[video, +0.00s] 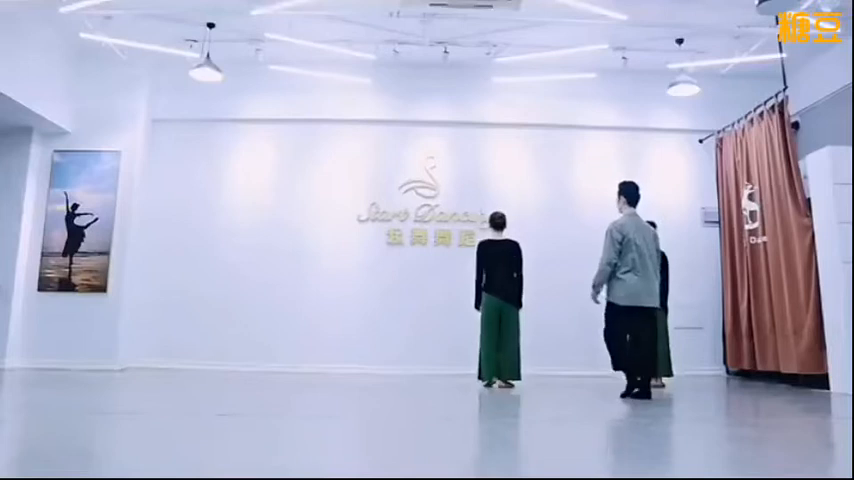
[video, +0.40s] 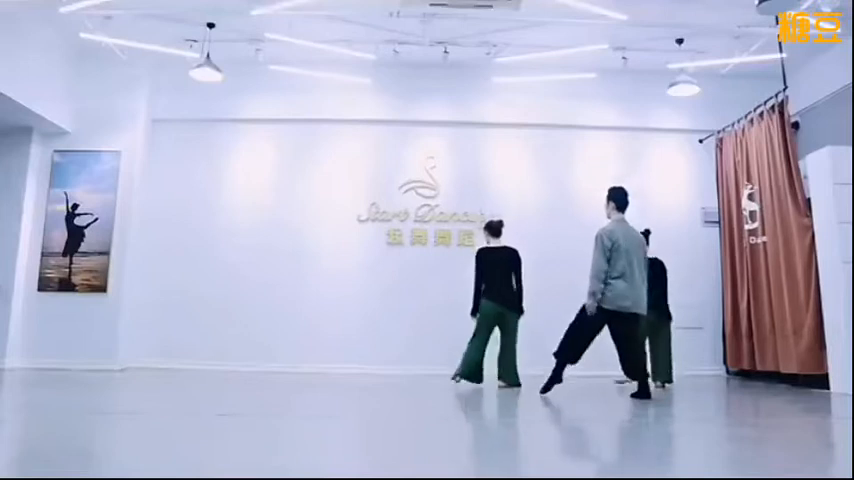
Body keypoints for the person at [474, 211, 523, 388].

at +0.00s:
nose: (498, 226)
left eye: (495, 223)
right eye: (501, 223)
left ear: (490, 225)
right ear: (505, 225)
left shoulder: (483, 246)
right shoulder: (514, 246)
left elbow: (479, 275)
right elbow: (519, 275)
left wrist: (477, 299)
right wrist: (519, 298)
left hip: (490, 296)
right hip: (510, 298)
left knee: (489, 336)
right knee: (509, 337)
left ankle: (488, 376)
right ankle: (506, 376)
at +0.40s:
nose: (484, 237)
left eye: (484, 234)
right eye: (486, 234)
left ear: (486, 234)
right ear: (501, 233)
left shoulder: (482, 253)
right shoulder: (513, 253)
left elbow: (478, 283)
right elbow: (518, 282)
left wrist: (475, 307)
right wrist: (520, 304)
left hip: (489, 302)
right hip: (510, 303)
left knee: (479, 338)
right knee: (509, 344)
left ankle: (462, 372)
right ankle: (508, 378)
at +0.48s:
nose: (483, 236)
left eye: (483, 233)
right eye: (485, 233)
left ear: (485, 233)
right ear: (500, 232)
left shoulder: (480, 252)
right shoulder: (511, 252)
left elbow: (477, 282)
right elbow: (517, 281)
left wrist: (473, 306)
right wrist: (519, 305)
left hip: (488, 302)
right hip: (508, 303)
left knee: (476, 339)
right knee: (508, 344)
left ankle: (458, 372)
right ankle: (508, 378)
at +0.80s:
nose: (470, 227)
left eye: (471, 224)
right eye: (473, 224)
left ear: (473, 226)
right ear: (487, 227)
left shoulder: (463, 244)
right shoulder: (493, 248)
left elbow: (458, 272)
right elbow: (497, 278)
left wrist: (453, 295)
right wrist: (502, 302)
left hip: (465, 294)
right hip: (485, 295)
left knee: (460, 334)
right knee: (494, 335)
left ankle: (450, 374)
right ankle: (503, 374)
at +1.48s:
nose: (450, 226)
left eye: (451, 223)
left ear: (451, 225)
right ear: (466, 229)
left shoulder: (439, 244)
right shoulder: (468, 249)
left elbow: (433, 270)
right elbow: (473, 277)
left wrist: (431, 294)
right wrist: (478, 300)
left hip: (444, 292)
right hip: (464, 293)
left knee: (446, 334)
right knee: (480, 330)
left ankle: (447, 376)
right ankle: (497, 366)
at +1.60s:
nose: (460, 229)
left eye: (454, 224)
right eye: (463, 226)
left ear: (450, 225)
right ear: (466, 228)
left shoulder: (439, 244)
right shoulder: (468, 249)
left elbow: (433, 271)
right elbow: (473, 276)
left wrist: (431, 294)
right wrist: (478, 299)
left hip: (444, 293)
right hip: (465, 294)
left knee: (446, 334)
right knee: (480, 330)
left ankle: (447, 376)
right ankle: (497, 366)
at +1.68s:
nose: (459, 228)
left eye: (453, 224)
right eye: (463, 226)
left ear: (450, 225)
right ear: (465, 228)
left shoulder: (439, 244)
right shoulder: (468, 249)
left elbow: (432, 271)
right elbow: (473, 276)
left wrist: (431, 294)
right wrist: (478, 299)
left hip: (444, 293)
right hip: (465, 293)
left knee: (446, 334)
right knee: (480, 330)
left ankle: (447, 376)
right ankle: (498, 366)